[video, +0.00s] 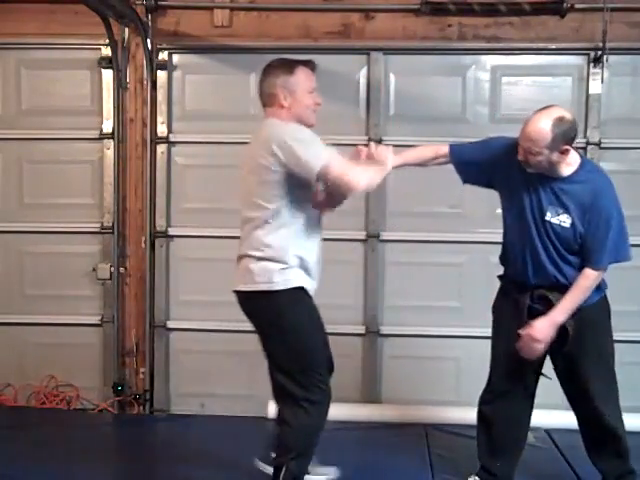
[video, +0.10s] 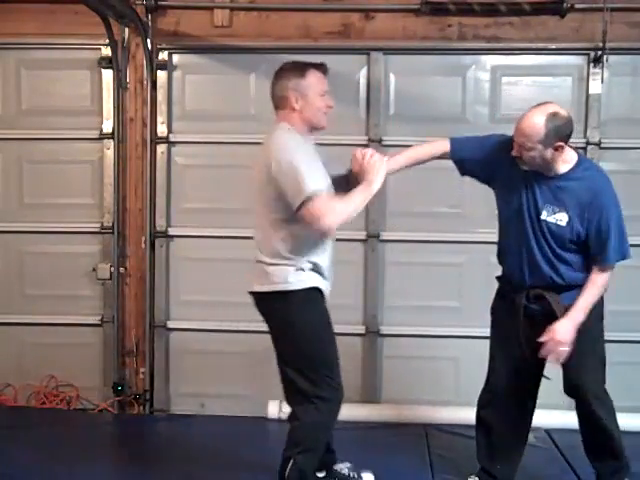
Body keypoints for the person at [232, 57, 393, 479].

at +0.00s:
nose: (319, 100)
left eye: (317, 91)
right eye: (312, 92)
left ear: (280, 99)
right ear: (282, 98)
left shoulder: (272, 134)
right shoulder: (285, 134)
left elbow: (317, 200)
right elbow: (354, 179)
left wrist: (353, 167)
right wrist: (382, 164)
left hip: (266, 279)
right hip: (276, 281)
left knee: (298, 373)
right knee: (313, 374)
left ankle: (283, 454)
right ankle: (292, 469)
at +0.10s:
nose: (330, 103)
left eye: (328, 94)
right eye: (322, 95)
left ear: (295, 102)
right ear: (293, 101)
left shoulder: (293, 142)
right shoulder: (288, 145)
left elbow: (317, 197)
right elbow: (323, 216)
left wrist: (355, 177)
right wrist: (369, 185)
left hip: (293, 284)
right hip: (290, 287)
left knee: (312, 387)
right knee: (321, 391)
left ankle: (320, 466)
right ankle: (299, 472)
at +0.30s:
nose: (340, 107)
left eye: (340, 99)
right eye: (332, 100)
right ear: (302, 105)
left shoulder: (332, 152)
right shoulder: (285, 156)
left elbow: (372, 210)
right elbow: (296, 231)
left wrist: (373, 180)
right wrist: (351, 196)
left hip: (340, 283)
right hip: (306, 283)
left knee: (349, 379)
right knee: (324, 382)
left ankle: (327, 465)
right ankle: (301, 472)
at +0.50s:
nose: (347, 107)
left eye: (349, 100)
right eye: (338, 100)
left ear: (348, 103)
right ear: (309, 102)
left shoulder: (360, 150)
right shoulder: (289, 154)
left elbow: (387, 211)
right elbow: (278, 230)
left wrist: (373, 199)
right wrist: (341, 216)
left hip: (351, 279)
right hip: (310, 276)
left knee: (348, 377)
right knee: (320, 376)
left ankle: (328, 463)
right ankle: (303, 469)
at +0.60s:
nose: (351, 109)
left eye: (354, 102)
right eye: (343, 101)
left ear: (356, 105)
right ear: (315, 104)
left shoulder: (367, 152)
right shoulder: (291, 153)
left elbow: (390, 213)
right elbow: (267, 227)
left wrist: (366, 217)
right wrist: (329, 232)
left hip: (355, 279)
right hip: (311, 277)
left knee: (347, 380)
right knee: (318, 378)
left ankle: (328, 463)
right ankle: (302, 470)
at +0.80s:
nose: (353, 110)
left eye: (356, 102)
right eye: (344, 102)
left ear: (360, 105)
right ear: (316, 102)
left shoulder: (369, 153)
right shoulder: (286, 153)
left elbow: (389, 213)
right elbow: (255, 225)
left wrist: (370, 236)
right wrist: (316, 236)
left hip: (351, 281)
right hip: (303, 279)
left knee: (361, 381)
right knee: (313, 384)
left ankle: (334, 459)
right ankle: (296, 473)